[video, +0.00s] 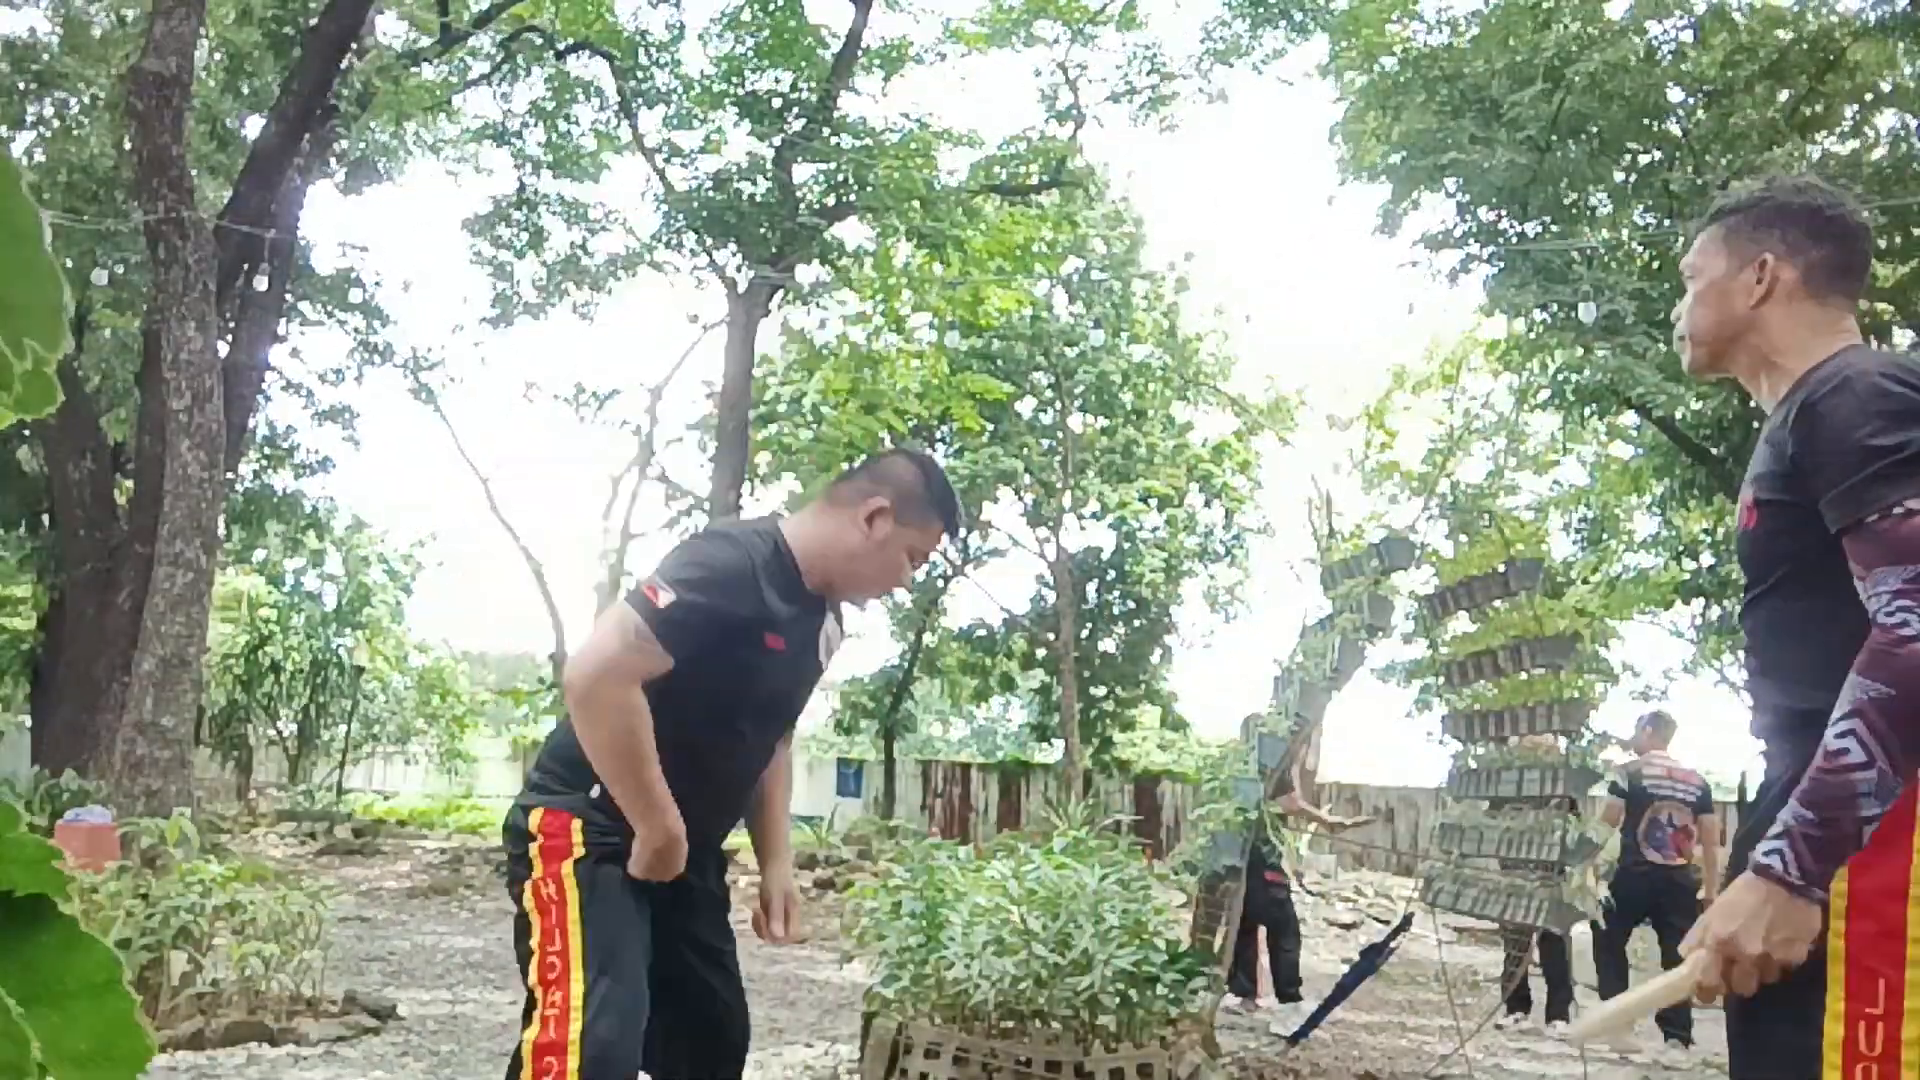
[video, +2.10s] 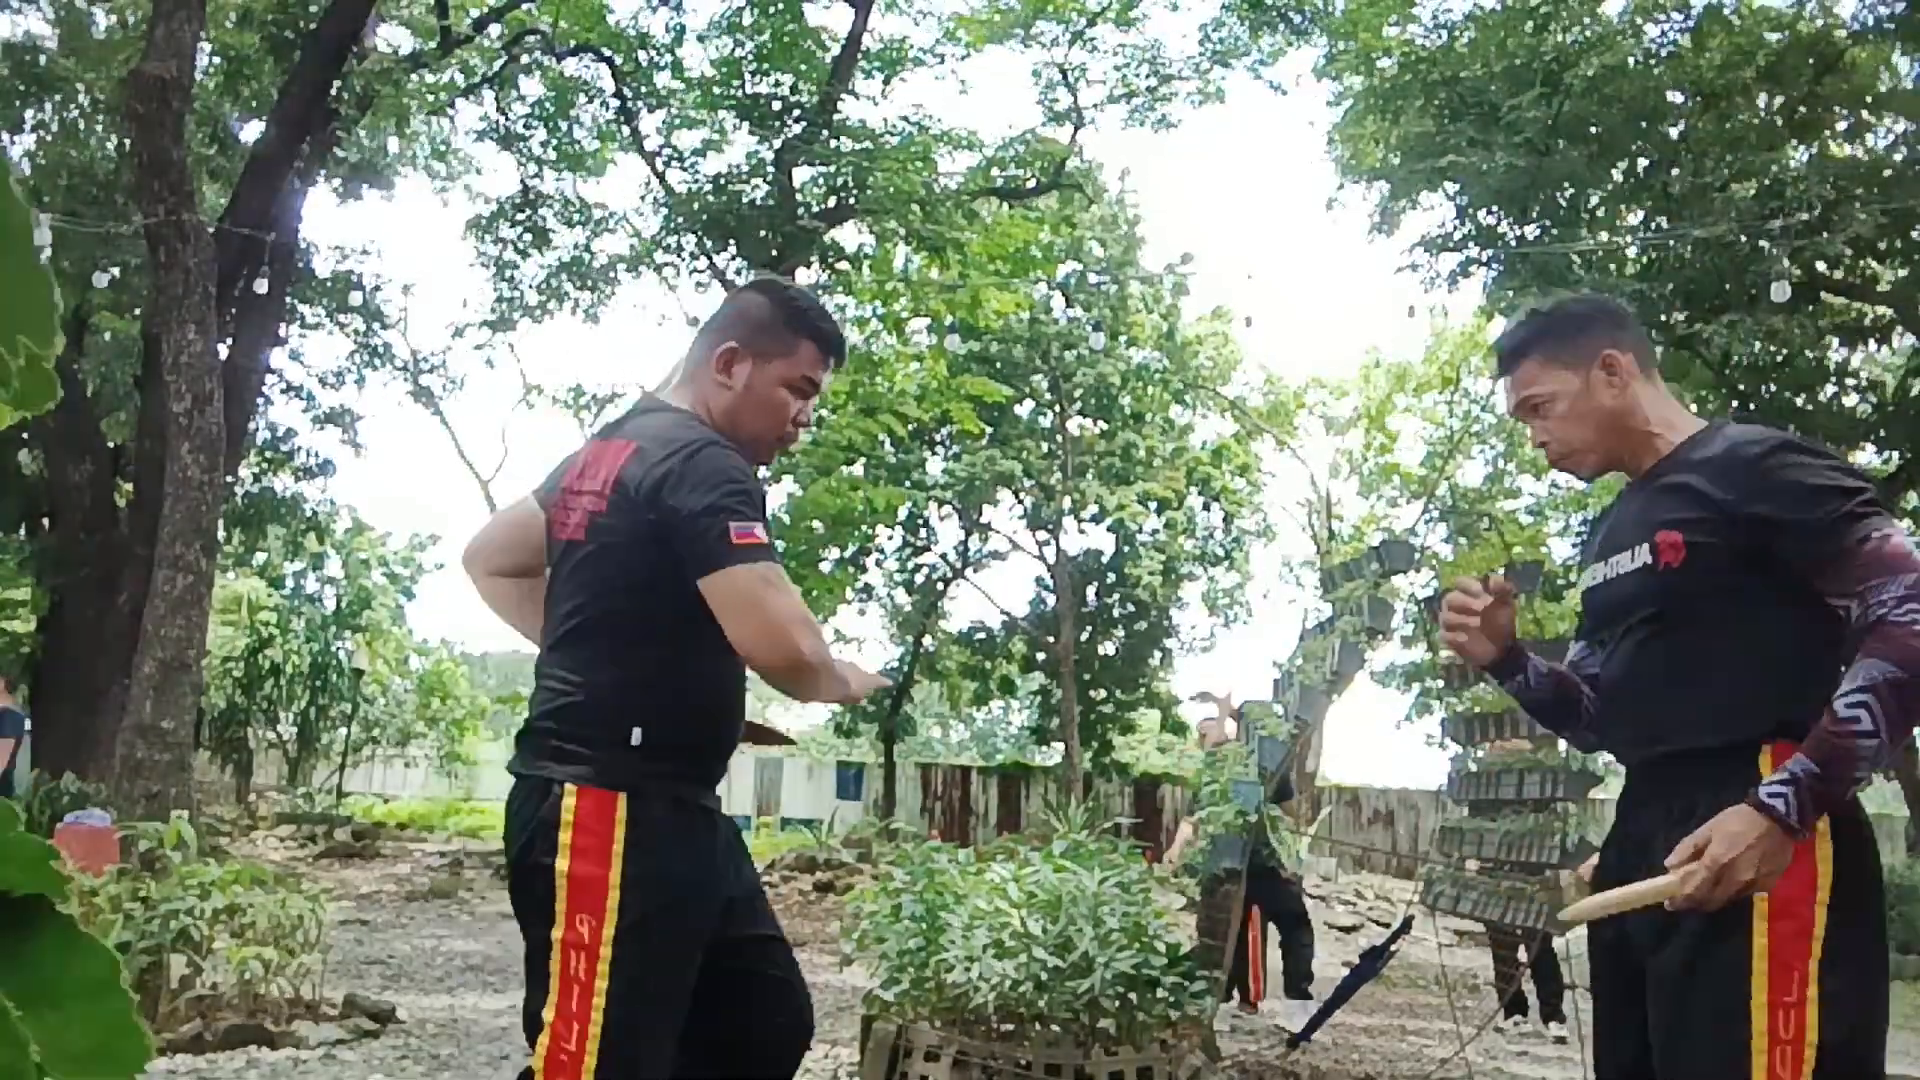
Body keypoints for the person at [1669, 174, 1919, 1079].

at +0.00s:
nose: (1679, 316)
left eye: (1691, 285)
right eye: (1681, 291)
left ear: (1763, 277)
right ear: (1763, 283)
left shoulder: (1852, 396)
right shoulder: (1811, 414)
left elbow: (1908, 634)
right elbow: (1850, 661)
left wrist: (1789, 866)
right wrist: (1769, 865)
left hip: (1862, 832)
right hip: (1821, 828)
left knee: (1827, 1059)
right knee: (1786, 1054)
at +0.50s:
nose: (1589, 287)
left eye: (1605, 258)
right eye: (1595, 262)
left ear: (1673, 269)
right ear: (1675, 272)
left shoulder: (1769, 412)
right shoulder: (1710, 426)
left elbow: (1812, 675)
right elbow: (1731, 695)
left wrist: (1720, 924)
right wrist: (1634, 821)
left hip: (1809, 827)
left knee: (1813, 1058)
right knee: (1745, 1060)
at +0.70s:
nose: (1587, 315)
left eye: (1607, 284)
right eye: (1594, 289)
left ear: (1680, 293)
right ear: (1674, 300)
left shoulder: (1763, 425)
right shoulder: (1698, 445)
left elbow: (1795, 678)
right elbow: (1702, 692)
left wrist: (1691, 900)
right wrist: (1574, 692)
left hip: (1779, 821)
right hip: (1713, 812)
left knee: (1787, 1059)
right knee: (1716, 1057)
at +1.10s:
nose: (1590, 347)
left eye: (1619, 325)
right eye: (1589, 332)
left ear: (1699, 343)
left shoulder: (1781, 466)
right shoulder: (1644, 510)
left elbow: (1853, 692)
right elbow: (1633, 716)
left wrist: (1798, 897)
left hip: (1763, 833)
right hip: (1648, 838)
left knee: (1778, 1062)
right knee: (1646, 1063)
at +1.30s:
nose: (1600, 341)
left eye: (1631, 319)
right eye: (1595, 328)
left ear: (1711, 341)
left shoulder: (1785, 468)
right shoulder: (1637, 505)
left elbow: (1895, 667)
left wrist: (1775, 859)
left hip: (1750, 819)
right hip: (1635, 817)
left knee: (1773, 1061)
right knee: (1652, 1061)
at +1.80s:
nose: (1577, 372)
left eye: (1593, 343)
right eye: (1578, 350)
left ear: (1677, 336)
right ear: (1669, 341)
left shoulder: (1786, 467)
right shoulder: (1639, 508)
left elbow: (1890, 667)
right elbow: (1637, 705)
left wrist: (1733, 830)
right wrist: (1508, 788)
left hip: (1768, 857)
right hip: (1633, 862)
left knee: (1780, 1064)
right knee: (1642, 1063)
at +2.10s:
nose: (1534, 439)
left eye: (1540, 409)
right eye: (1524, 421)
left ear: (1616, 373)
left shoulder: (1749, 461)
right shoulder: (1613, 528)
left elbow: (1909, 601)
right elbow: (1604, 710)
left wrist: (1788, 805)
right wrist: (1511, 660)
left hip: (1762, 821)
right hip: (1647, 829)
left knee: (1759, 1061)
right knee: (1637, 1060)